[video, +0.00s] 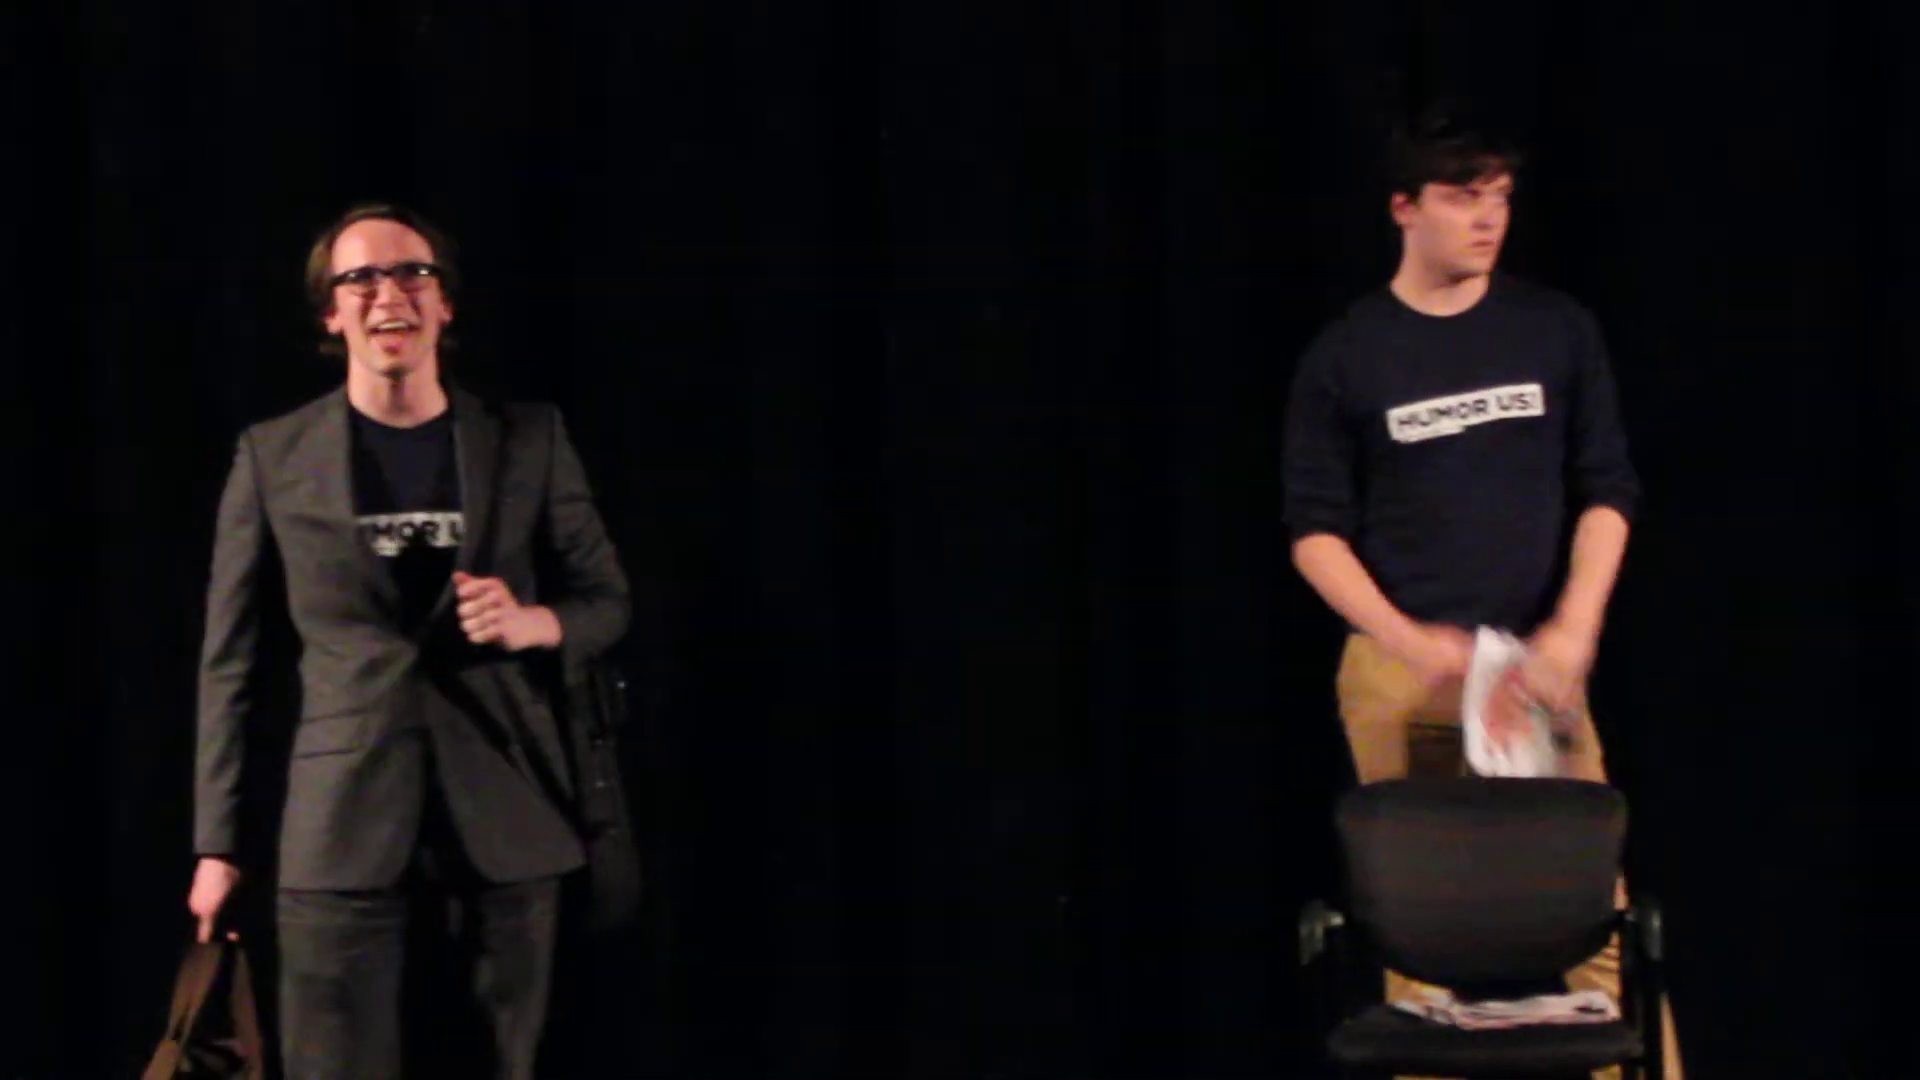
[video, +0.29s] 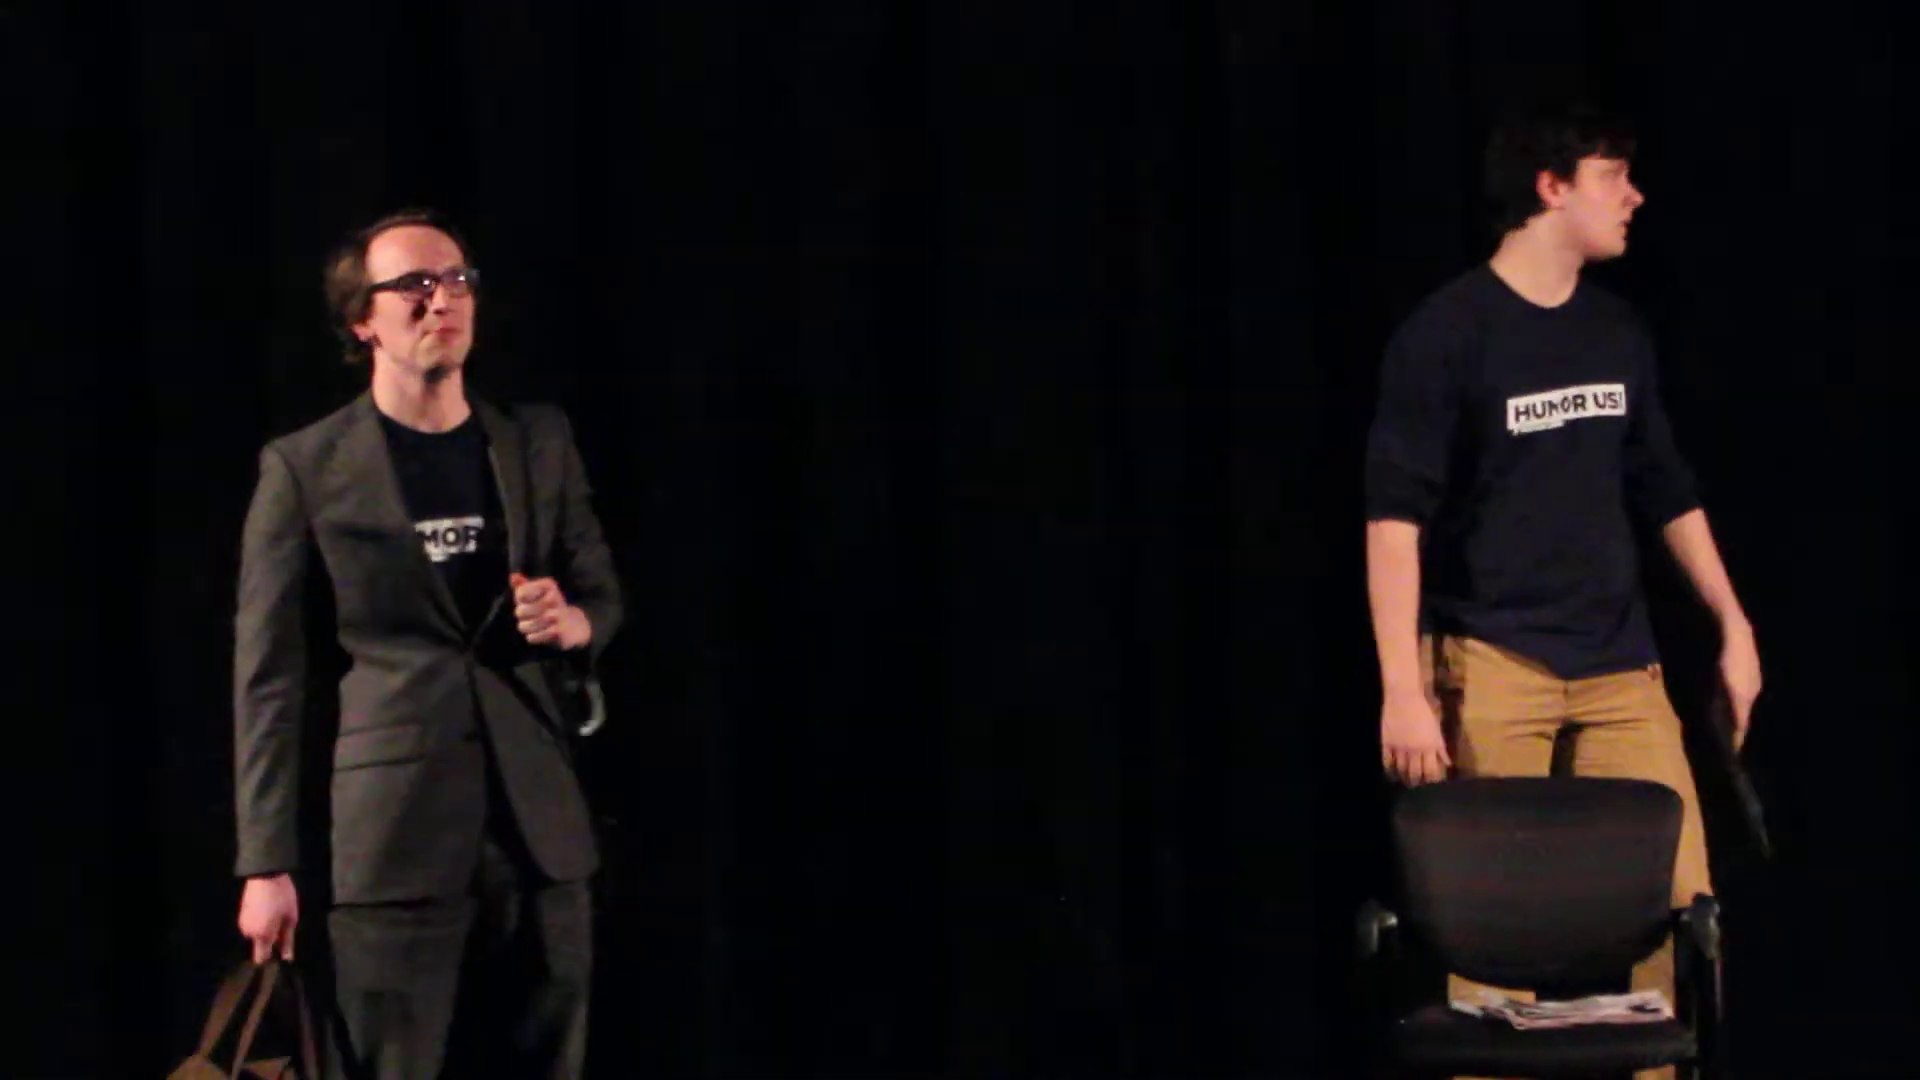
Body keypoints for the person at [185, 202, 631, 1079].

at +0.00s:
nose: (390, 297)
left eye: (410, 276)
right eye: (363, 281)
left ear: (445, 305)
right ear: (331, 314)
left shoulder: (530, 440)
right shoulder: (271, 457)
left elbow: (605, 602)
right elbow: (228, 665)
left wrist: (535, 622)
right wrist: (217, 844)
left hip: (510, 827)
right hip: (342, 833)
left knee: (510, 1064)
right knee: (334, 1067)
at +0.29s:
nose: (441, 299)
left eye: (455, 280)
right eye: (411, 285)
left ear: (476, 301)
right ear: (363, 322)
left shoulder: (541, 443)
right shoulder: (302, 469)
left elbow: (604, 597)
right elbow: (270, 681)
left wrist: (576, 621)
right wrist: (267, 865)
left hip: (541, 825)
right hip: (394, 836)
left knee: (548, 1062)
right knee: (396, 1064)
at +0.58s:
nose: (403, 304)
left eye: (401, 285)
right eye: (375, 291)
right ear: (309, 327)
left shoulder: (443, 438)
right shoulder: (230, 473)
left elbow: (489, 580)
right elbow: (199, 688)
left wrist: (486, 614)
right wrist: (206, 872)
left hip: (452, 810)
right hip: (320, 826)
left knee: (506, 1047)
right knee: (310, 1059)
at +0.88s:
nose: (395, 300)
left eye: (391, 280)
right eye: (367, 287)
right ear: (298, 324)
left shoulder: (425, 428)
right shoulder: (211, 464)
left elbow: (489, 568)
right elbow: (166, 671)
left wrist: (487, 605)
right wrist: (177, 857)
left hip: (437, 811)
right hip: (302, 825)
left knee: (468, 1048)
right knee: (303, 1064)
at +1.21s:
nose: (373, 300)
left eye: (370, 280)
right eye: (346, 287)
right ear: (278, 321)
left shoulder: (403, 426)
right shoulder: (182, 461)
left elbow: (433, 574)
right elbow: (150, 670)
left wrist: (456, 607)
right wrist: (170, 851)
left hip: (408, 778)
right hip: (279, 796)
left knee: (467, 1003)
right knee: (281, 1039)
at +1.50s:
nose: (342, 295)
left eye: (340, 276)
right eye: (314, 282)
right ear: (244, 316)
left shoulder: (385, 425)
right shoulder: (154, 457)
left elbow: (444, 581)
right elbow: (130, 672)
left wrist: (435, 606)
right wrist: (149, 854)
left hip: (392, 800)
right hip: (249, 815)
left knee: (436, 1049)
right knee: (248, 1066)